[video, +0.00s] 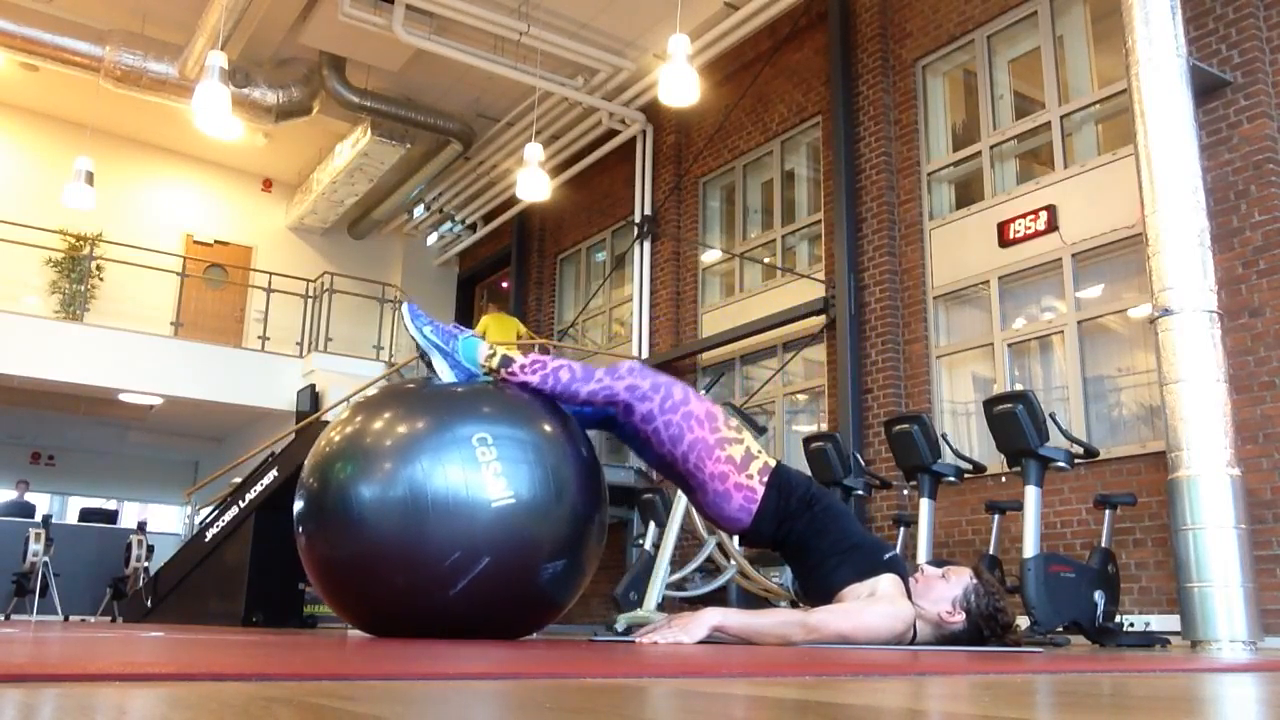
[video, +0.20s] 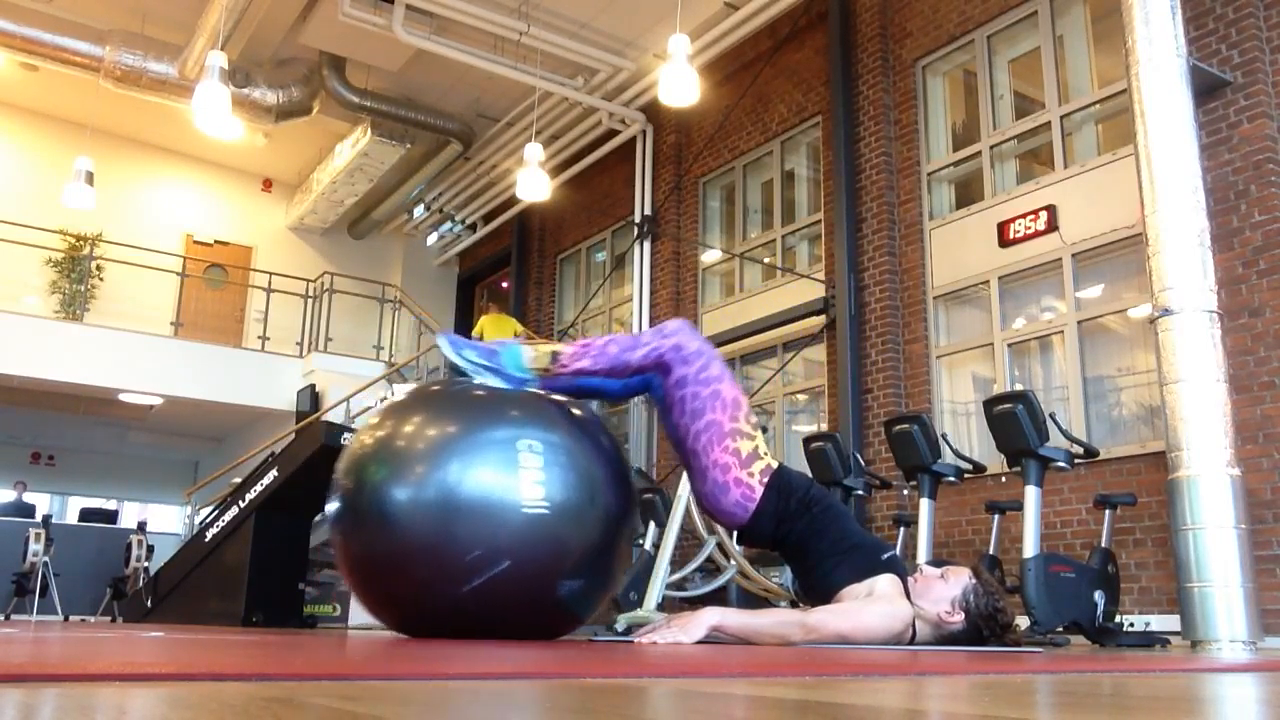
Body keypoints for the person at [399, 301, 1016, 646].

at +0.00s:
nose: (936, 571)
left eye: (949, 583)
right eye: (949, 570)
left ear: (946, 618)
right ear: (942, 592)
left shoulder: (893, 609)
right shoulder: (890, 590)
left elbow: (803, 626)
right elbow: (801, 622)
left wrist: (711, 618)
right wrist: (716, 622)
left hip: (752, 491)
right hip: (760, 478)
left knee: (636, 383)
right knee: (638, 380)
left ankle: (484, 363)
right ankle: (498, 368)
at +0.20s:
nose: (934, 569)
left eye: (946, 581)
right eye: (946, 569)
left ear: (945, 617)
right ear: (939, 601)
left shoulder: (892, 607)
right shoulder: (891, 595)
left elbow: (803, 627)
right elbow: (803, 623)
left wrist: (709, 619)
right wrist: (712, 621)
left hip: (745, 489)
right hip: (757, 484)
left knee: (677, 337)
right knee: (679, 346)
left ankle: (523, 364)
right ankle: (535, 372)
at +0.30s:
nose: (937, 568)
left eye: (947, 579)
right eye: (950, 569)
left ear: (944, 615)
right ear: (943, 602)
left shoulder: (888, 613)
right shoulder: (894, 598)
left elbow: (793, 630)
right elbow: (797, 624)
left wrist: (708, 621)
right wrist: (713, 619)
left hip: (745, 485)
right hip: (763, 476)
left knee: (716, 324)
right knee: (719, 331)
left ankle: (570, 367)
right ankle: (586, 377)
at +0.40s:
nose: (937, 565)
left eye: (948, 578)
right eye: (948, 567)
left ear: (944, 614)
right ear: (936, 587)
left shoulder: (891, 614)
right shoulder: (897, 600)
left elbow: (801, 627)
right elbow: (796, 624)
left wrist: (713, 620)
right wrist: (711, 619)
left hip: (750, 479)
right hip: (768, 479)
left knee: (765, 314)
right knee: (766, 327)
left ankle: (625, 364)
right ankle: (630, 376)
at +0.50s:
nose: (934, 565)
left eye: (947, 575)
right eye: (948, 566)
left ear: (948, 613)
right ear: (945, 614)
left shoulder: (891, 611)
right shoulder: (906, 612)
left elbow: (803, 627)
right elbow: (807, 625)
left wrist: (712, 618)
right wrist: (717, 623)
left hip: (765, 471)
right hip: (784, 483)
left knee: (814, 311)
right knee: (812, 326)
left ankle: (674, 368)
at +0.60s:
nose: (929, 569)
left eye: (944, 578)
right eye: (943, 569)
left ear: (950, 614)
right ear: (949, 613)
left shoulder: (894, 617)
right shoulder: (910, 610)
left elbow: (800, 629)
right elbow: (802, 624)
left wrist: (710, 619)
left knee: (855, 317)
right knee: (849, 328)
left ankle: (711, 368)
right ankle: (715, 372)